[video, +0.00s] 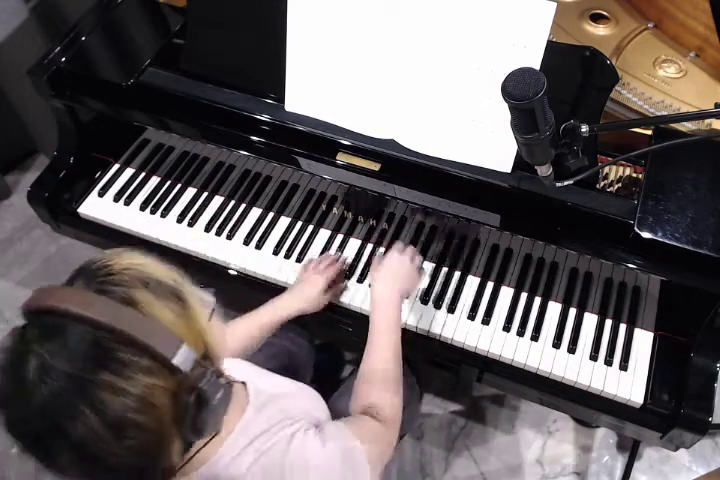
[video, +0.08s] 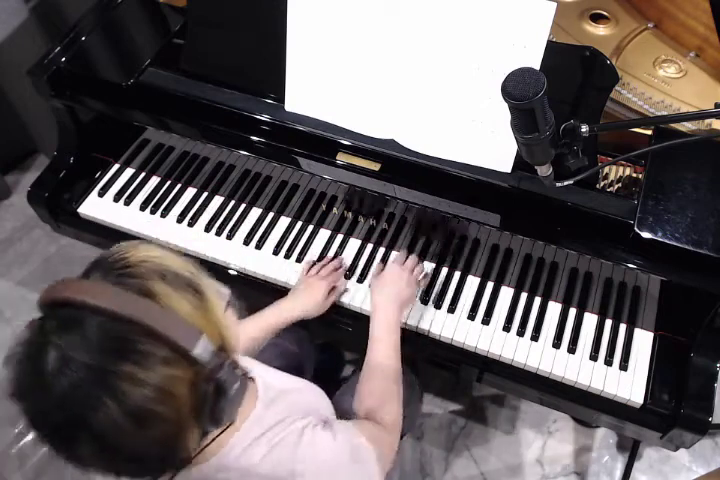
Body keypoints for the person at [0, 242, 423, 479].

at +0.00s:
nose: (200, 295)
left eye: (185, 292)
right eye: (187, 300)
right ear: (180, 362)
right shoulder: (288, 462)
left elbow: (208, 350)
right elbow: (378, 423)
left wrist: (294, 301)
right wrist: (387, 301)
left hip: (251, 377)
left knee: (292, 337)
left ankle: (316, 387)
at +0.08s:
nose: (213, 290)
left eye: (200, 287)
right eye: (200, 296)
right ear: (193, 364)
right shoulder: (295, 457)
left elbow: (215, 355)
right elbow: (380, 434)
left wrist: (291, 307)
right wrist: (387, 316)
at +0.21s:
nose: (244, 284)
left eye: (233, 283)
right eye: (236, 292)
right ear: (222, 355)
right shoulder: (319, 446)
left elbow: (216, 359)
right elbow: (384, 442)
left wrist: (291, 310)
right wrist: (383, 322)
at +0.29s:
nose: (258, 289)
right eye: (250, 292)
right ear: (233, 352)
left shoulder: (115, 407)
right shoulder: (316, 439)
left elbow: (191, 357)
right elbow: (389, 449)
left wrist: (288, 313)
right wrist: (382, 327)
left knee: (302, 339)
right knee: (388, 366)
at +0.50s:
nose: (289, 264)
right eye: (282, 272)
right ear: (275, 344)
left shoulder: (122, 387)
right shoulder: (337, 432)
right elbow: (395, 444)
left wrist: (295, 313)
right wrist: (380, 338)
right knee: (395, 366)